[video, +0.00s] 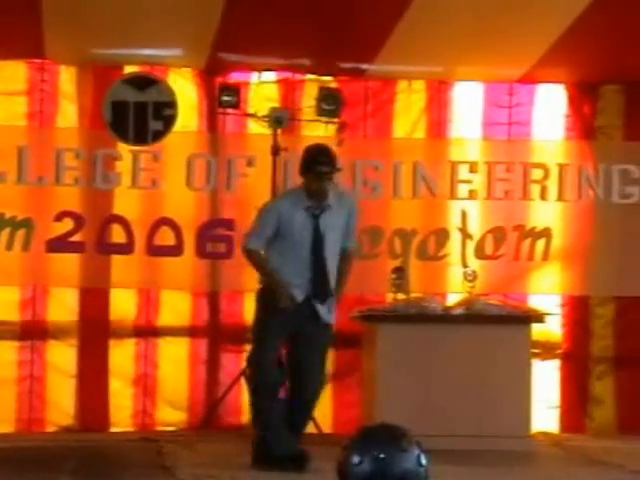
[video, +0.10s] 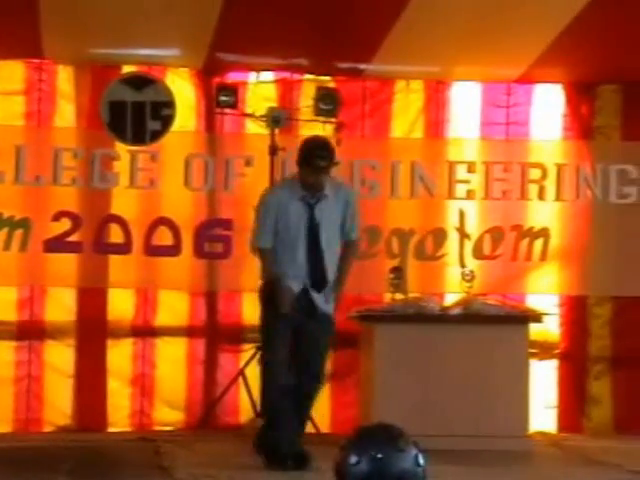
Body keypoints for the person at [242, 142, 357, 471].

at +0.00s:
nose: (324, 185)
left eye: (329, 178)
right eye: (317, 178)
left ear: (335, 176)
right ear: (303, 176)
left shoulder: (345, 206)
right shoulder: (281, 206)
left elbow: (347, 250)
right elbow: (252, 245)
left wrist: (337, 291)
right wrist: (276, 284)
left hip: (318, 306)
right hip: (279, 303)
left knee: (310, 381)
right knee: (265, 373)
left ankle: (284, 444)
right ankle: (272, 445)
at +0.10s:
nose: (320, 179)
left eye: (325, 171)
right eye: (314, 171)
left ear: (332, 169)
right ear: (300, 168)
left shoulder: (343, 196)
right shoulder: (276, 197)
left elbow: (351, 242)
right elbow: (263, 246)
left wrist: (338, 286)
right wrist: (277, 285)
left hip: (320, 296)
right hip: (283, 294)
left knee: (312, 373)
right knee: (278, 371)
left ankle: (280, 436)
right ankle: (285, 444)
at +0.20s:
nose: (315, 178)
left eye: (321, 171)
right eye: (310, 171)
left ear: (328, 167)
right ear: (296, 165)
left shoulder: (338, 191)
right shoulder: (272, 194)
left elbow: (352, 230)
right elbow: (269, 249)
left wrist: (342, 269)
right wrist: (282, 293)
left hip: (327, 288)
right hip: (288, 289)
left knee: (338, 355)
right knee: (296, 368)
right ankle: (314, 449)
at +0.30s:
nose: (305, 175)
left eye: (311, 168)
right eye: (300, 168)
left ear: (318, 165)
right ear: (286, 164)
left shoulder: (328, 190)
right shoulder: (265, 194)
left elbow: (339, 230)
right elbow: (258, 252)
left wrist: (331, 266)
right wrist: (268, 300)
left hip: (318, 287)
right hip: (280, 288)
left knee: (330, 353)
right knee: (285, 366)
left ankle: (301, 403)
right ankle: (303, 444)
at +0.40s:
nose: (288, 164)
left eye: (292, 156)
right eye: (281, 158)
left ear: (301, 151)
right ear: (269, 156)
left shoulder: (317, 176)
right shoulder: (250, 183)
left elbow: (324, 219)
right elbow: (236, 236)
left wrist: (316, 259)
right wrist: (239, 282)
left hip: (298, 277)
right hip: (257, 275)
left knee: (303, 354)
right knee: (254, 353)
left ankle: (306, 428)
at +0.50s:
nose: (281, 164)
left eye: (285, 156)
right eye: (274, 157)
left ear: (295, 150)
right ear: (263, 155)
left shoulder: (316, 175)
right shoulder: (248, 180)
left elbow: (329, 219)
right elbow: (225, 228)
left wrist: (314, 265)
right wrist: (231, 271)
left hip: (295, 277)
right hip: (252, 275)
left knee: (291, 357)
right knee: (235, 349)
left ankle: (281, 435)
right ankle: (249, 420)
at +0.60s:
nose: (280, 161)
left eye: (286, 153)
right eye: (274, 154)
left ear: (295, 148)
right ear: (262, 150)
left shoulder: (315, 172)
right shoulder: (246, 174)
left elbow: (337, 213)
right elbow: (233, 225)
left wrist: (321, 259)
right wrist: (242, 268)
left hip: (301, 278)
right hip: (259, 276)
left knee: (294, 358)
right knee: (251, 351)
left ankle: (277, 438)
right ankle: (275, 417)